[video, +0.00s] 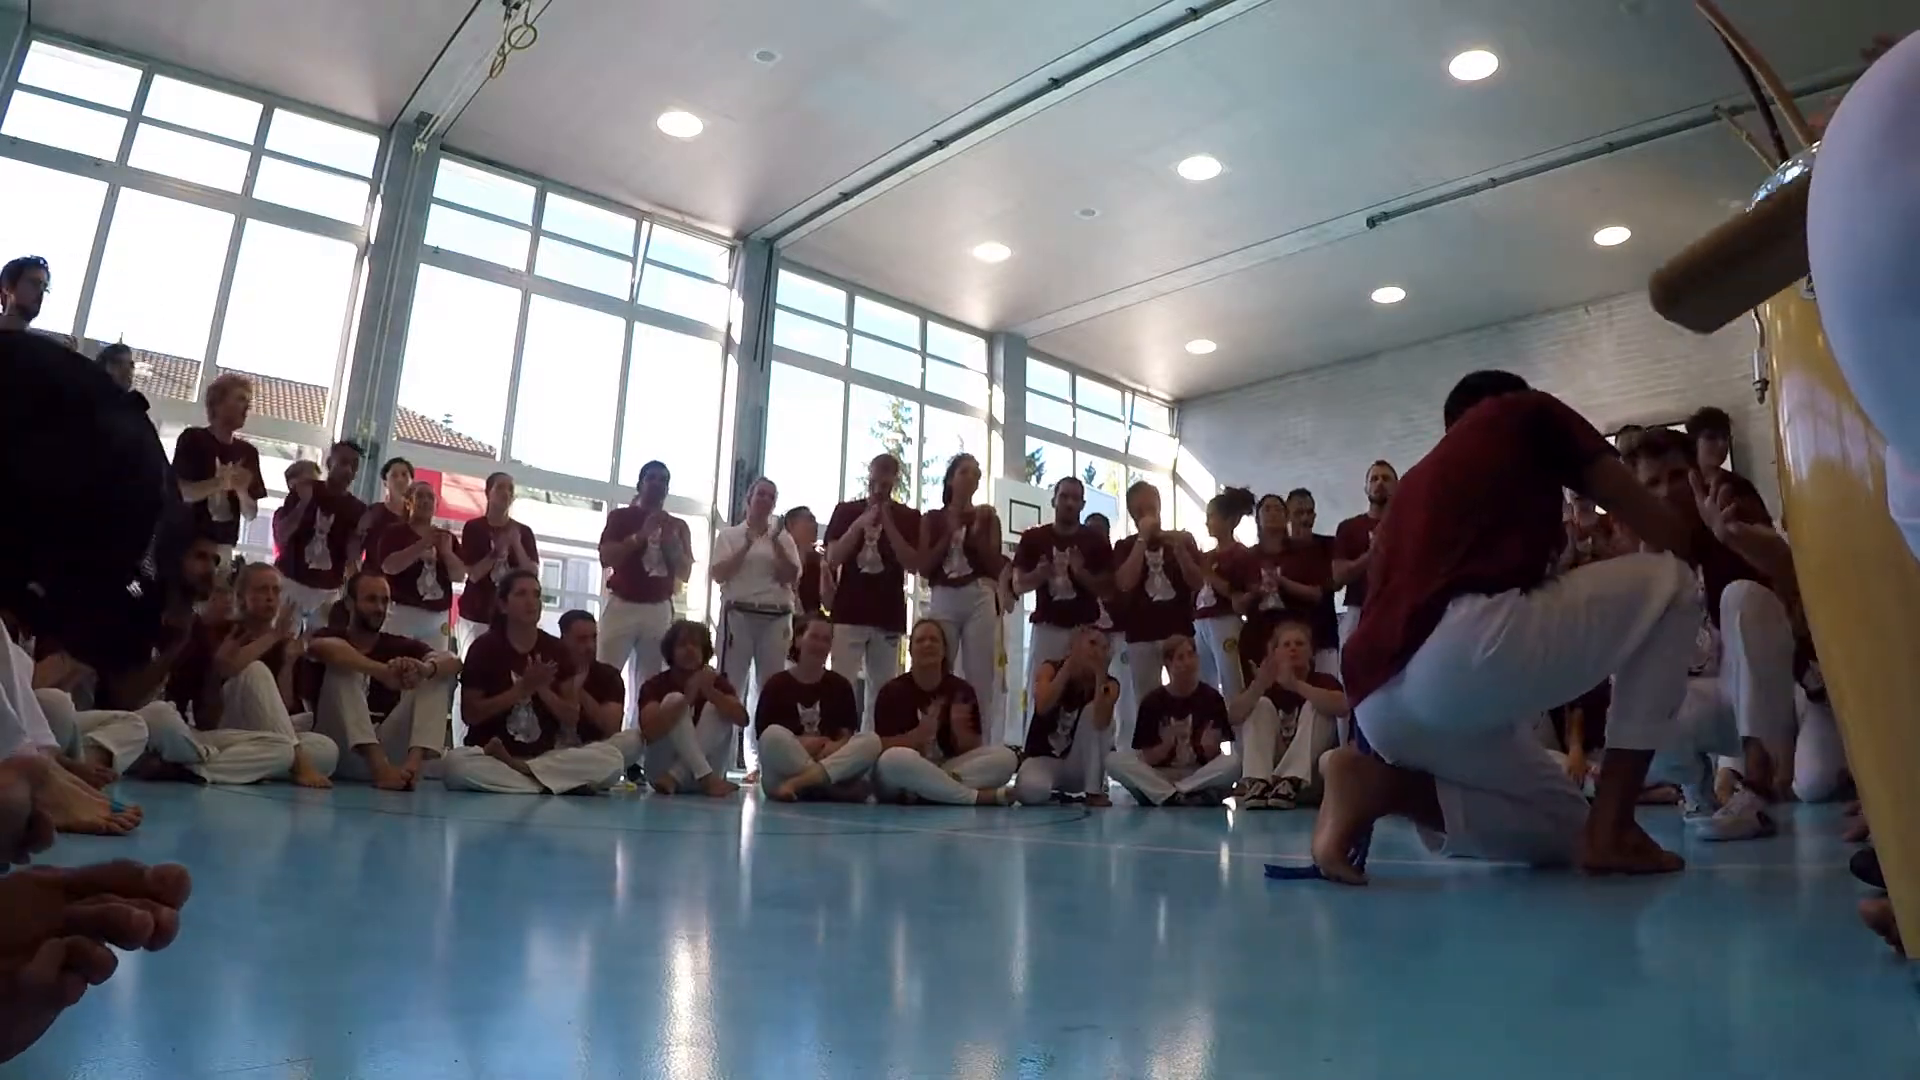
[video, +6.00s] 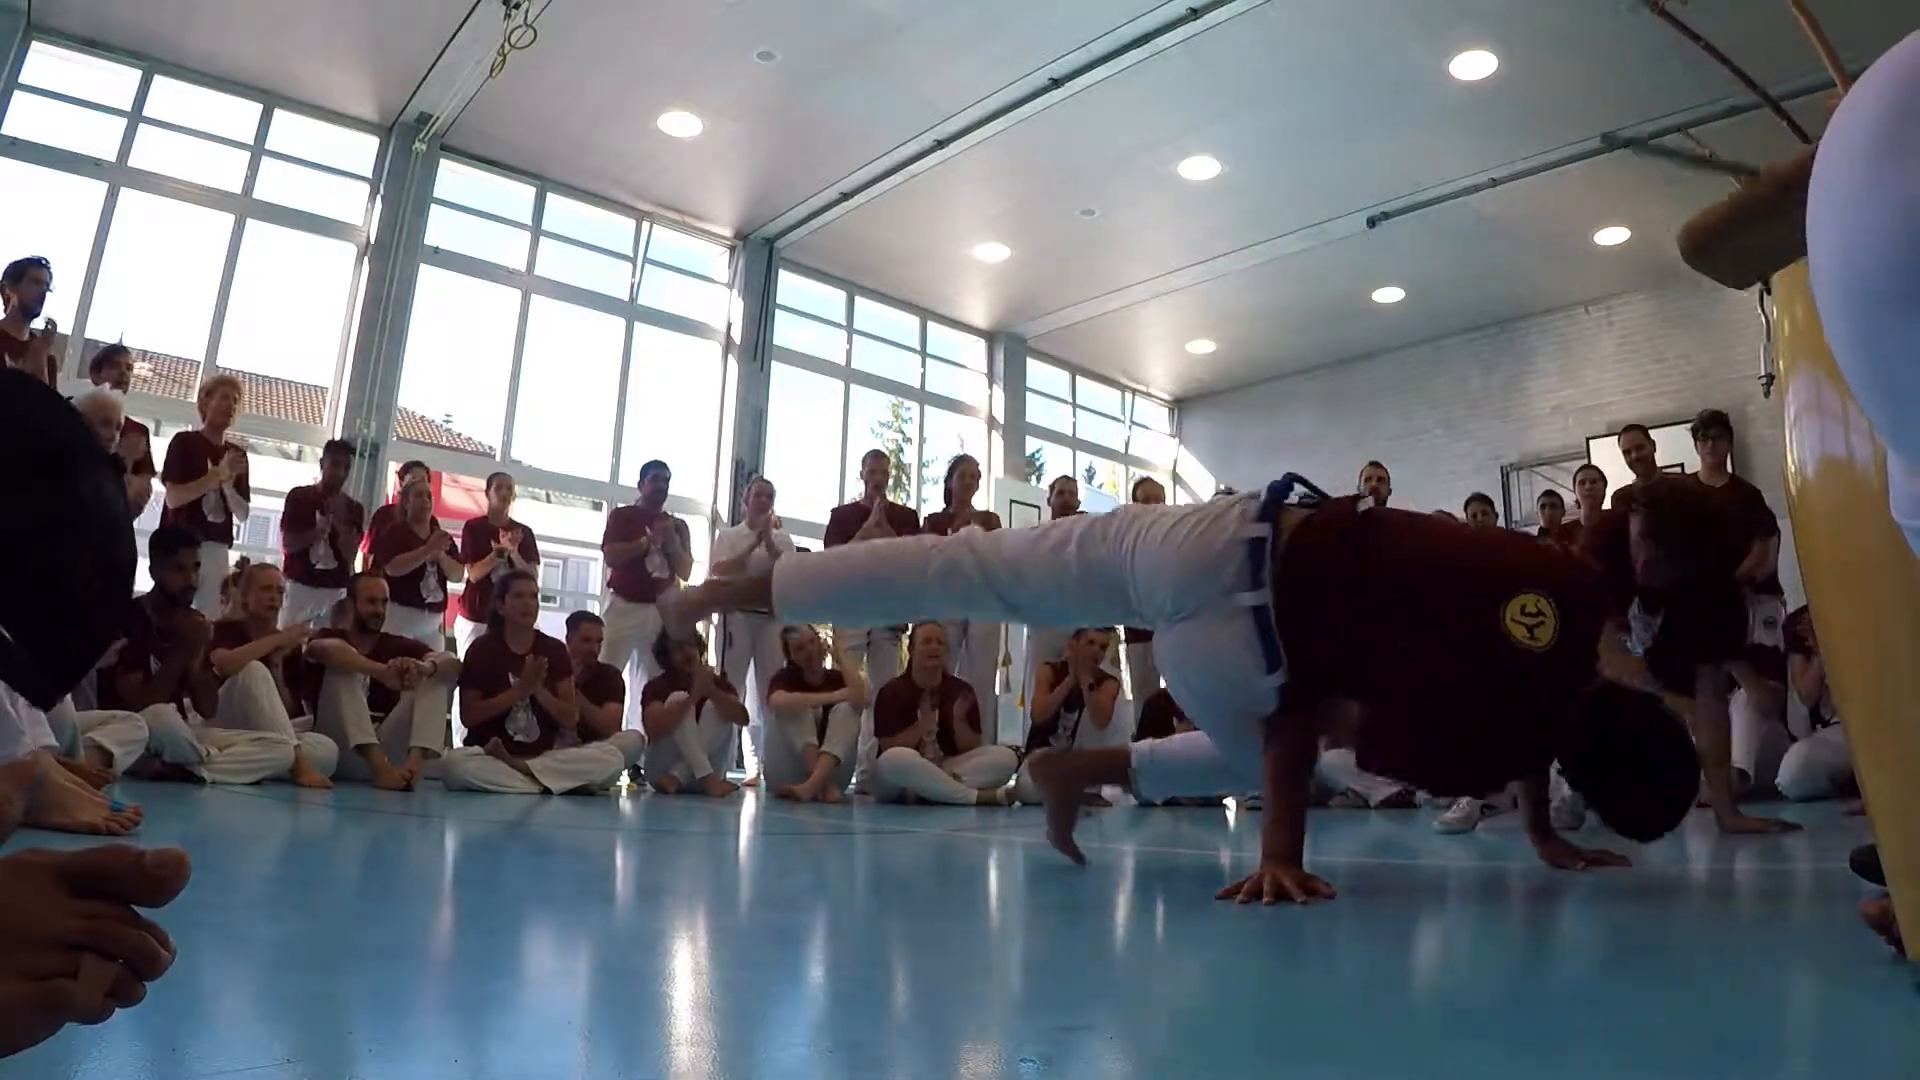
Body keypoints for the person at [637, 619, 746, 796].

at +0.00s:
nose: (689, 650)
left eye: (695, 644)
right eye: (682, 645)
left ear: (705, 650)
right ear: (670, 651)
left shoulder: (716, 681)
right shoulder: (653, 685)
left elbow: (742, 719)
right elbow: (649, 732)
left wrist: (710, 692)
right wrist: (687, 698)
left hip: (710, 771)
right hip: (664, 771)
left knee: (717, 707)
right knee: (674, 701)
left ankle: (674, 776)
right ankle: (707, 777)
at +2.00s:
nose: (690, 650)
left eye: (693, 643)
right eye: (682, 646)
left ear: (701, 647)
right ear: (669, 653)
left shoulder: (714, 680)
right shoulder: (654, 686)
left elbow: (743, 721)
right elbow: (650, 730)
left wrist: (718, 690)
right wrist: (680, 693)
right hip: (664, 771)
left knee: (719, 705)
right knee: (675, 701)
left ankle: (674, 776)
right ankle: (707, 777)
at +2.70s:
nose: (706, 662)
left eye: (707, 655)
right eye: (699, 657)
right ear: (679, 660)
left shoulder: (717, 682)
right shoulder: (655, 688)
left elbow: (743, 720)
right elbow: (650, 730)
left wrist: (717, 691)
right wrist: (676, 693)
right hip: (664, 771)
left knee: (717, 705)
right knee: (678, 702)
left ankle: (675, 776)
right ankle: (706, 776)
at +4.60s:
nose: (687, 651)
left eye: (689, 643)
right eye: (677, 648)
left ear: (695, 646)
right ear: (663, 656)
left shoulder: (715, 679)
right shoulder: (653, 687)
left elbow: (742, 717)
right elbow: (653, 728)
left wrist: (711, 692)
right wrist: (690, 695)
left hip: (708, 770)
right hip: (664, 772)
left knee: (719, 704)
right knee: (676, 700)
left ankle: (675, 776)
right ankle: (706, 776)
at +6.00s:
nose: (687, 653)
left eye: (690, 645)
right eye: (678, 649)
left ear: (700, 649)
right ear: (665, 657)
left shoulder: (717, 683)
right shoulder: (655, 687)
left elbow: (742, 718)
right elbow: (654, 730)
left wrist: (710, 690)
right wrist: (694, 695)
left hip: (708, 771)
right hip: (665, 771)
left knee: (719, 705)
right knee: (678, 699)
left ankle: (677, 776)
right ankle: (708, 777)